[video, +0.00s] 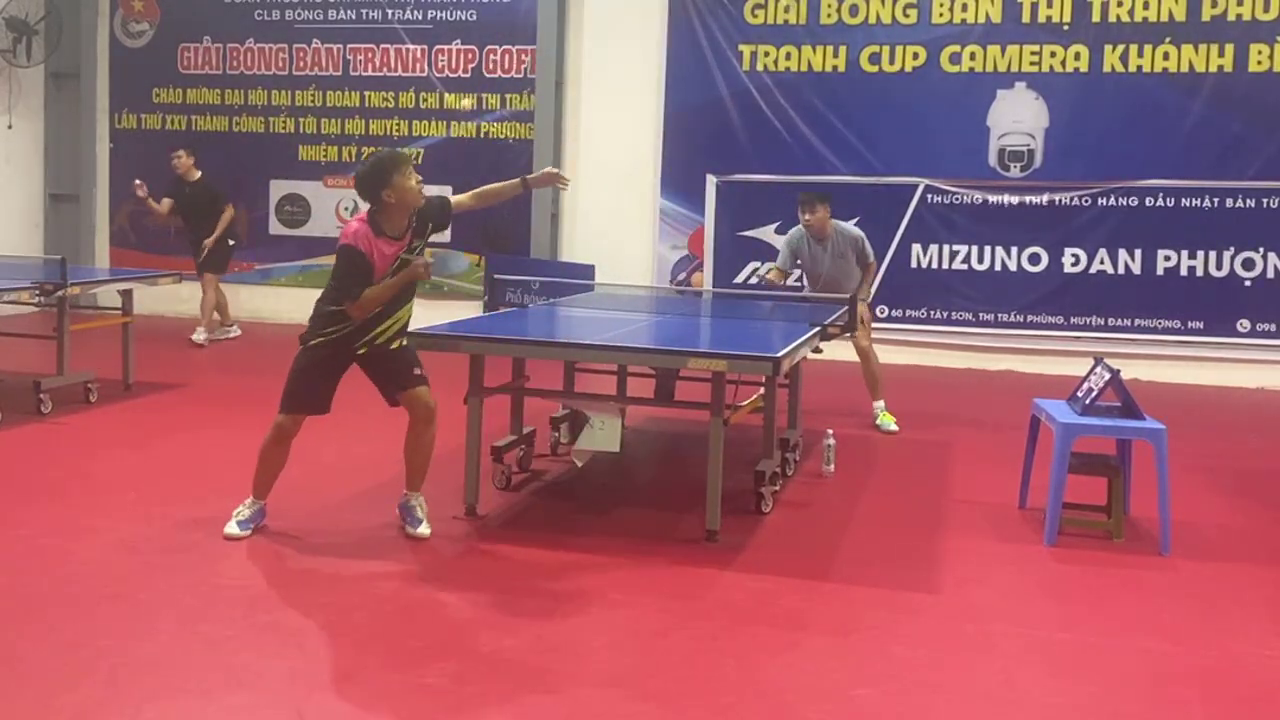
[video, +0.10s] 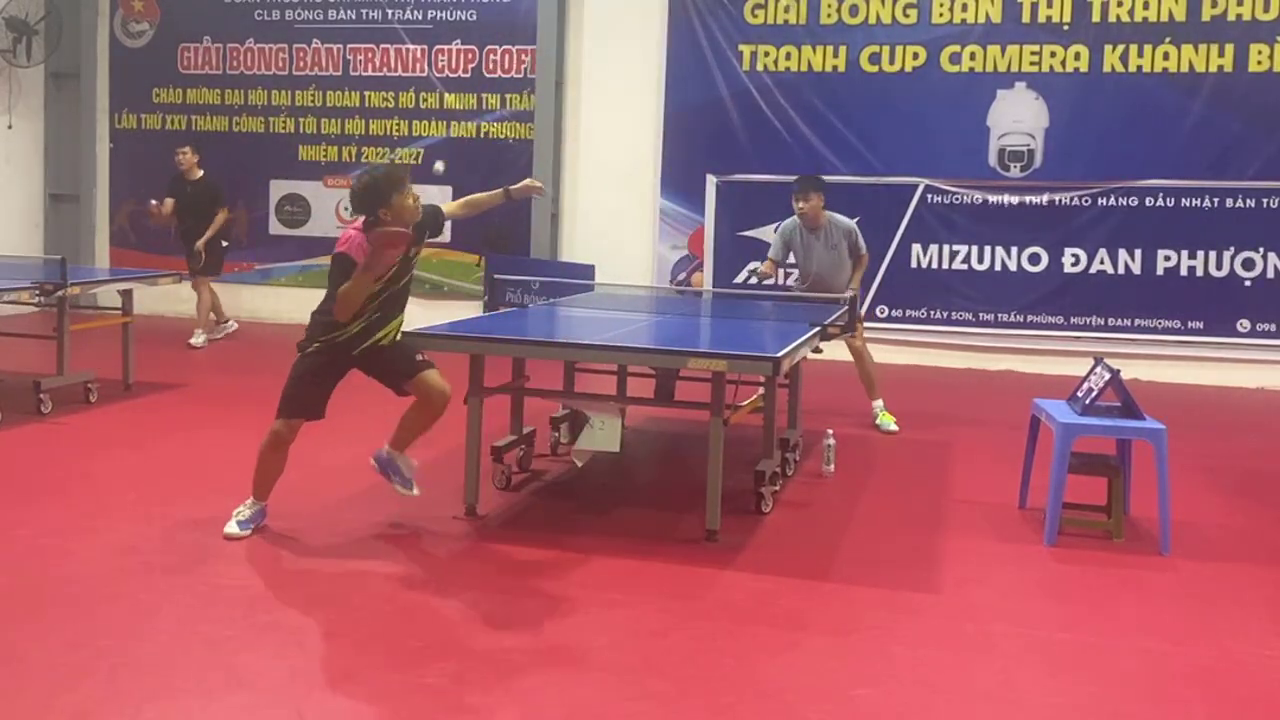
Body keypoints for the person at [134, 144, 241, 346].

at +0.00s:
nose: (175, 162)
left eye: (179, 158)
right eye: (173, 159)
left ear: (192, 160)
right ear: (172, 163)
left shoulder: (207, 184)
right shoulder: (177, 186)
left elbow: (229, 211)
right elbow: (162, 211)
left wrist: (214, 237)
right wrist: (146, 198)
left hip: (219, 238)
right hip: (198, 240)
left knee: (208, 281)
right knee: (209, 284)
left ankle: (203, 328)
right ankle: (228, 325)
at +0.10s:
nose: (179, 158)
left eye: (184, 154)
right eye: (177, 155)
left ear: (196, 157)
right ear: (175, 159)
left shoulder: (210, 183)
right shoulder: (177, 182)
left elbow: (222, 214)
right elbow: (167, 211)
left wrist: (203, 240)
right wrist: (157, 211)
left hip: (210, 237)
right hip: (189, 238)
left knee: (201, 282)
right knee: (199, 283)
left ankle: (200, 330)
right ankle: (223, 320)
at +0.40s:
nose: (177, 150)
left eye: (182, 147)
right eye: (175, 147)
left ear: (193, 151)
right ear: (172, 151)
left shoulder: (203, 176)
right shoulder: (170, 177)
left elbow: (201, 203)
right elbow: (159, 207)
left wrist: (178, 192)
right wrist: (153, 235)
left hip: (196, 239)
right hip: (171, 237)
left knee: (197, 285)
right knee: (165, 283)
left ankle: (200, 331)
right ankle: (174, 327)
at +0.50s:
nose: (172, 150)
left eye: (176, 147)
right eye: (169, 147)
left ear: (188, 151)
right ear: (166, 151)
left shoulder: (196, 175)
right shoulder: (162, 176)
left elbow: (197, 200)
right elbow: (151, 203)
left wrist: (173, 184)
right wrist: (142, 229)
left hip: (192, 240)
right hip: (166, 238)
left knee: (194, 288)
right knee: (159, 286)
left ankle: (199, 332)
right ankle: (153, 333)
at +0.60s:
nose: (164, 151)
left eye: (169, 148)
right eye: (161, 147)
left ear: (180, 153)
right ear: (158, 152)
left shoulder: (189, 177)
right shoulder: (156, 179)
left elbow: (192, 205)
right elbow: (143, 203)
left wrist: (167, 189)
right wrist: (133, 226)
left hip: (187, 241)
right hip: (160, 239)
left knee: (188, 286)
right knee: (153, 287)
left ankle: (199, 331)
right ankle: (144, 335)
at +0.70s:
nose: (155, 152)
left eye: (160, 148)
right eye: (153, 148)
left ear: (171, 153)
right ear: (150, 152)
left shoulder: (180, 179)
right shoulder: (147, 180)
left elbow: (187, 210)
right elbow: (134, 210)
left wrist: (161, 206)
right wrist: (125, 230)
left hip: (175, 243)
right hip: (148, 243)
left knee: (178, 289)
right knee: (143, 290)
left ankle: (196, 325)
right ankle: (142, 337)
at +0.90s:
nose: (143, 148)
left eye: (149, 144)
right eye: (141, 144)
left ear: (160, 149)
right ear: (137, 149)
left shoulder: (172, 177)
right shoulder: (131, 177)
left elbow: (185, 211)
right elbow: (122, 206)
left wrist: (164, 224)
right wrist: (111, 233)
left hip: (162, 243)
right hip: (135, 244)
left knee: (164, 286)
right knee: (136, 291)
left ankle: (175, 329)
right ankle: (141, 337)